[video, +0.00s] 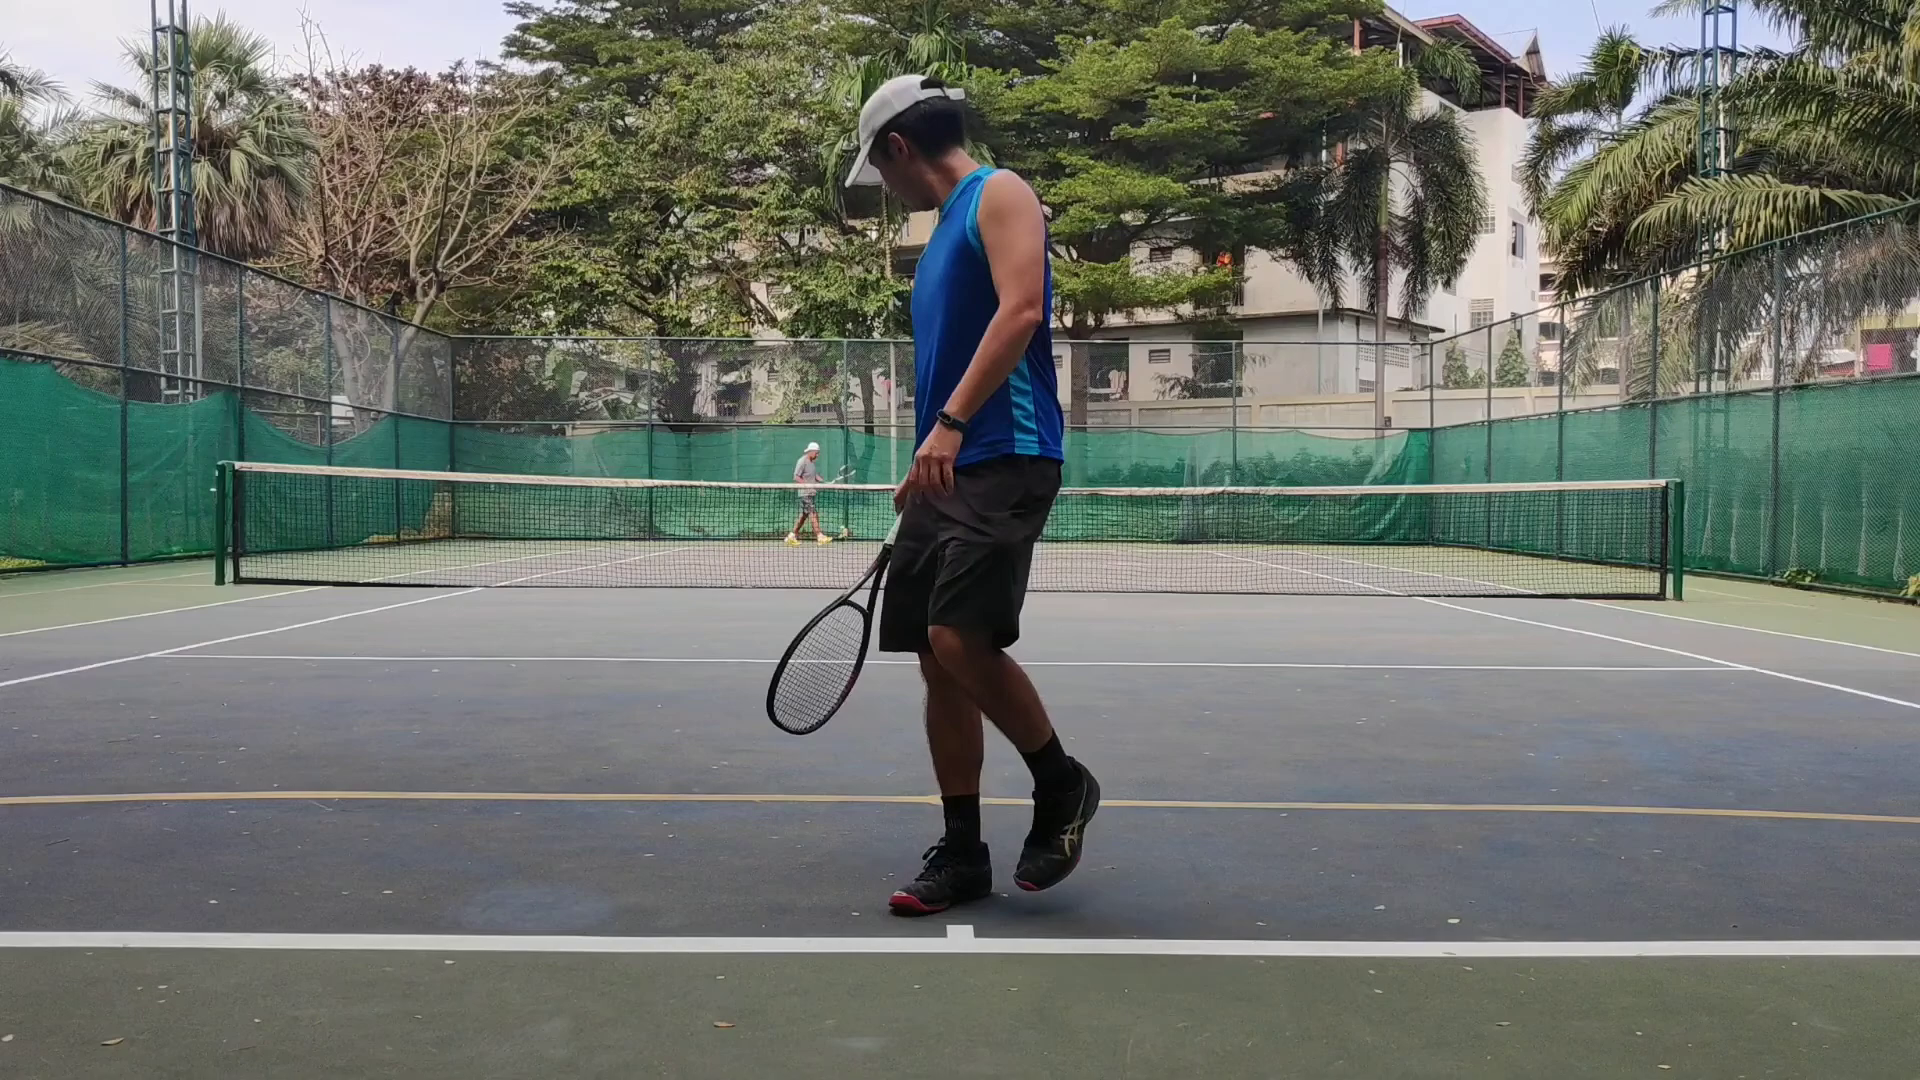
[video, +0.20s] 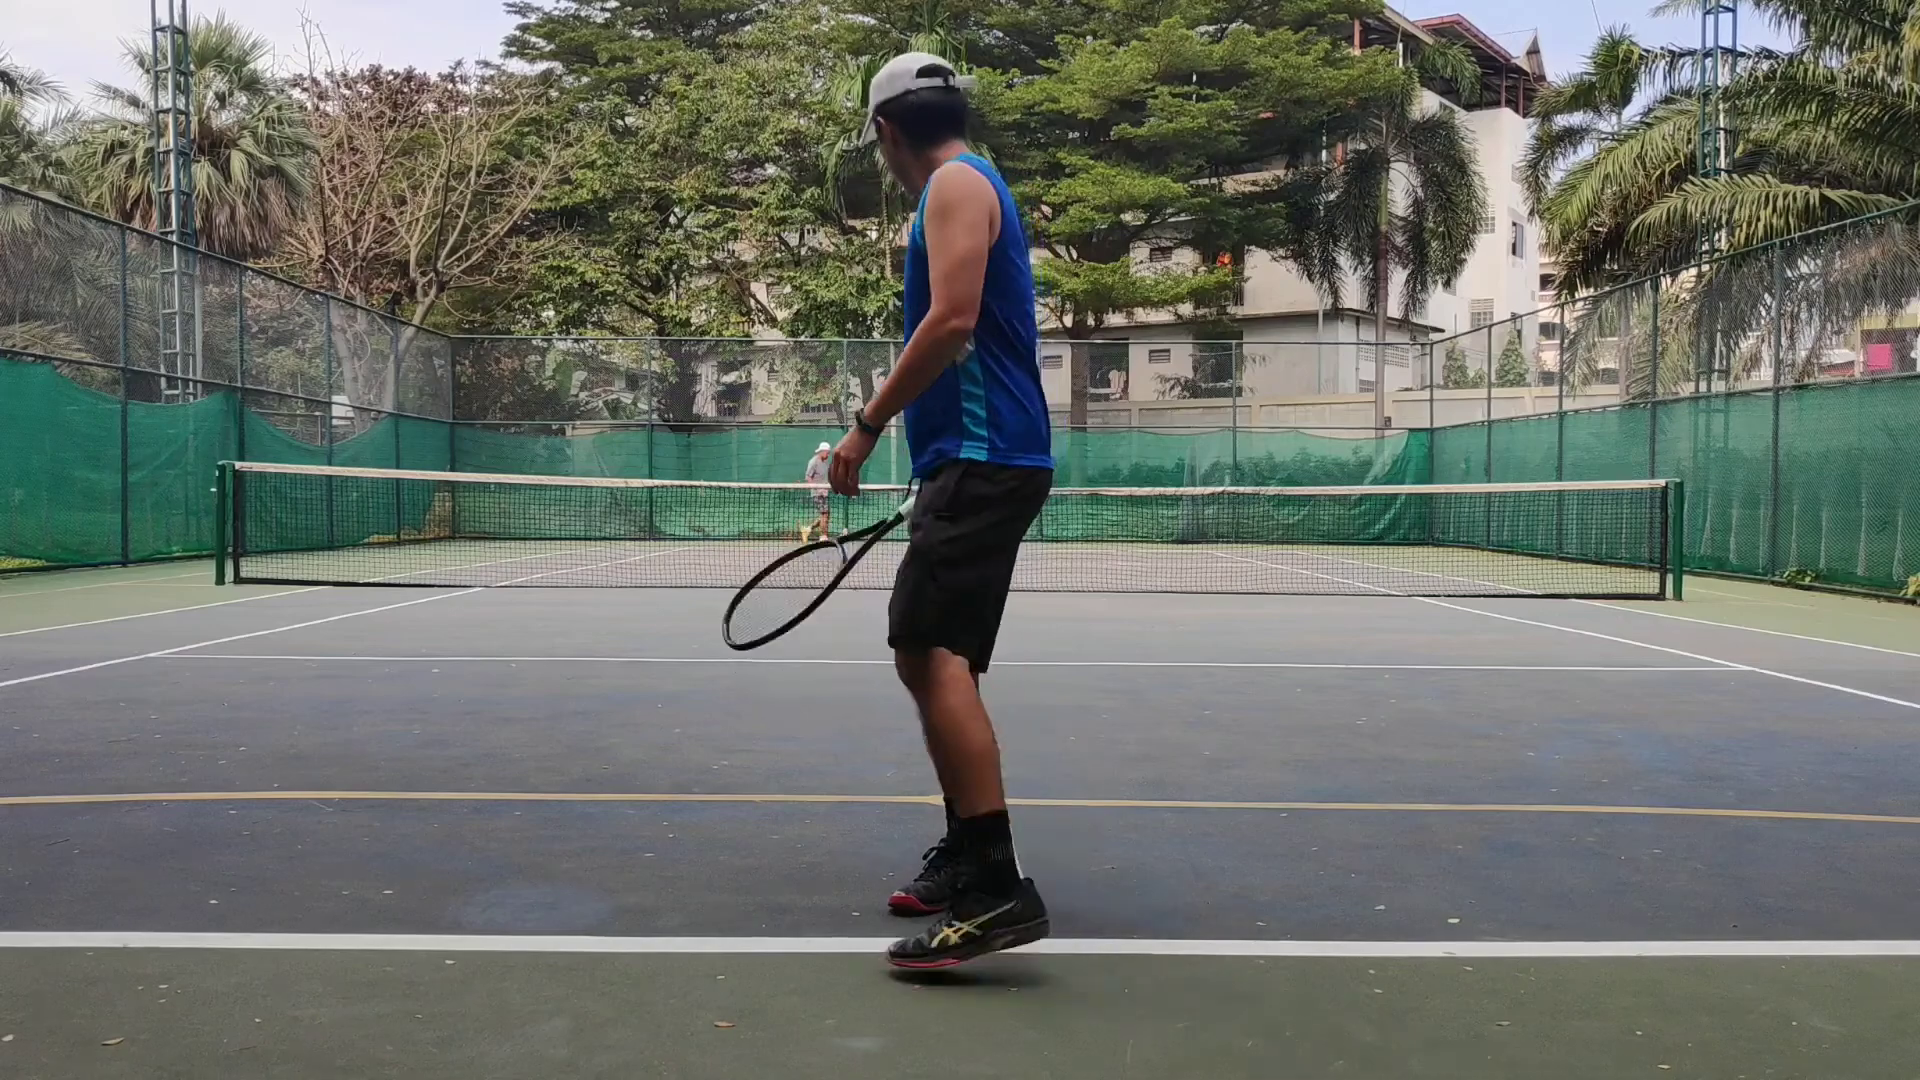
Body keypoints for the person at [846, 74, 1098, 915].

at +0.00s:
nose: (882, 180)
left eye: (878, 163)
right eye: (877, 166)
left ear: (901, 146)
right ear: (928, 139)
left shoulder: (999, 192)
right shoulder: (953, 225)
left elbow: (1023, 310)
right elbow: (953, 367)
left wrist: (949, 420)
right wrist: (924, 472)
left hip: (1005, 463)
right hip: (949, 468)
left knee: (961, 641)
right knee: (939, 651)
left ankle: (1061, 783)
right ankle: (963, 850)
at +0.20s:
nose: (878, 151)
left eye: (875, 135)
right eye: (876, 137)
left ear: (888, 130)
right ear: (954, 120)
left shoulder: (958, 187)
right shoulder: (971, 188)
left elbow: (953, 317)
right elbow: (968, 344)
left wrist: (865, 424)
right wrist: (867, 447)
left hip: (984, 461)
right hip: (976, 461)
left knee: (935, 657)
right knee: (927, 653)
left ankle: (998, 883)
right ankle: (972, 847)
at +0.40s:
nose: (877, 134)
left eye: (877, 122)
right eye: (885, 121)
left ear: (890, 118)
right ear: (970, 117)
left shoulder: (889, 189)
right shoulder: (1035, 200)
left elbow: (863, 334)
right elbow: (1091, 330)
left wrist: (850, 435)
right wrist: (1043, 400)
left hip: (969, 477)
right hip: (1045, 475)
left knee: (933, 681)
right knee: (985, 674)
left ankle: (981, 942)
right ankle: (975, 862)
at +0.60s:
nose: (912, 95)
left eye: (908, 83)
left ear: (915, 83)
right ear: (1000, 79)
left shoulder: (885, 172)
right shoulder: (1078, 164)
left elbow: (867, 326)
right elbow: (1133, 301)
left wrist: (900, 401)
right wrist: (1075, 362)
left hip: (960, 491)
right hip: (1081, 484)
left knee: (965, 703)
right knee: (1080, 686)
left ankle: (981, 938)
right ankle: (1118, 918)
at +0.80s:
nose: (994, 55)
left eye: (980, 45)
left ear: (974, 55)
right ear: (1062, 52)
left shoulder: (926, 154)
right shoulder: (1134, 147)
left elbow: (900, 315)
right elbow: (1181, 299)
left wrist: (954, 370)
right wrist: (1114, 366)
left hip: (990, 489)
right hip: (1124, 480)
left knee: (979, 706)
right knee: (1177, 690)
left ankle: (976, 937)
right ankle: (1250, 924)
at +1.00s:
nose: (1060, 91)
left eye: (1056, 78)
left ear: (1054, 86)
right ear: (1148, 83)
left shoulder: (1013, 180)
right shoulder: (1223, 184)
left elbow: (962, 337)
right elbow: (1267, 332)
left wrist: (1014, 374)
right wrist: (1185, 388)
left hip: (1049, 512)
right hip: (1192, 514)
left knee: (976, 707)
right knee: (1220, 740)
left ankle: (936, 950)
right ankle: (1256, 993)